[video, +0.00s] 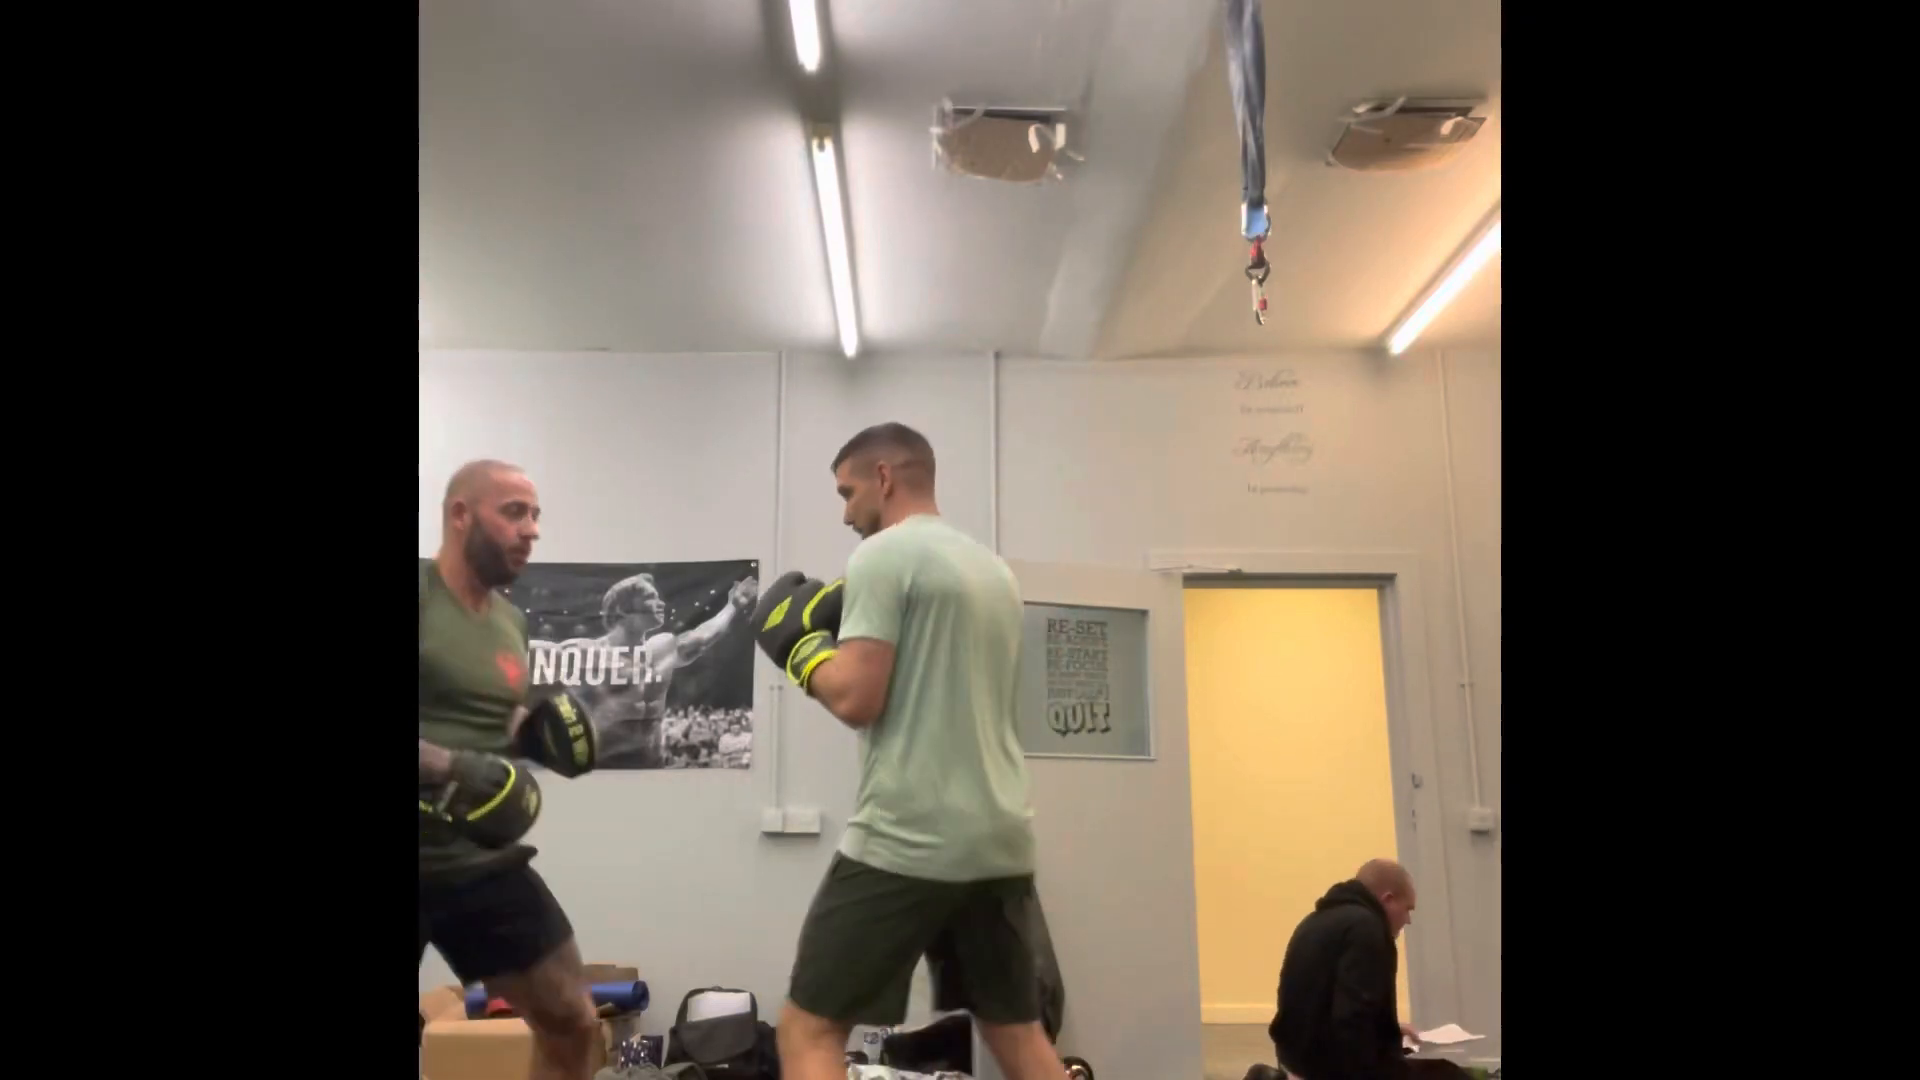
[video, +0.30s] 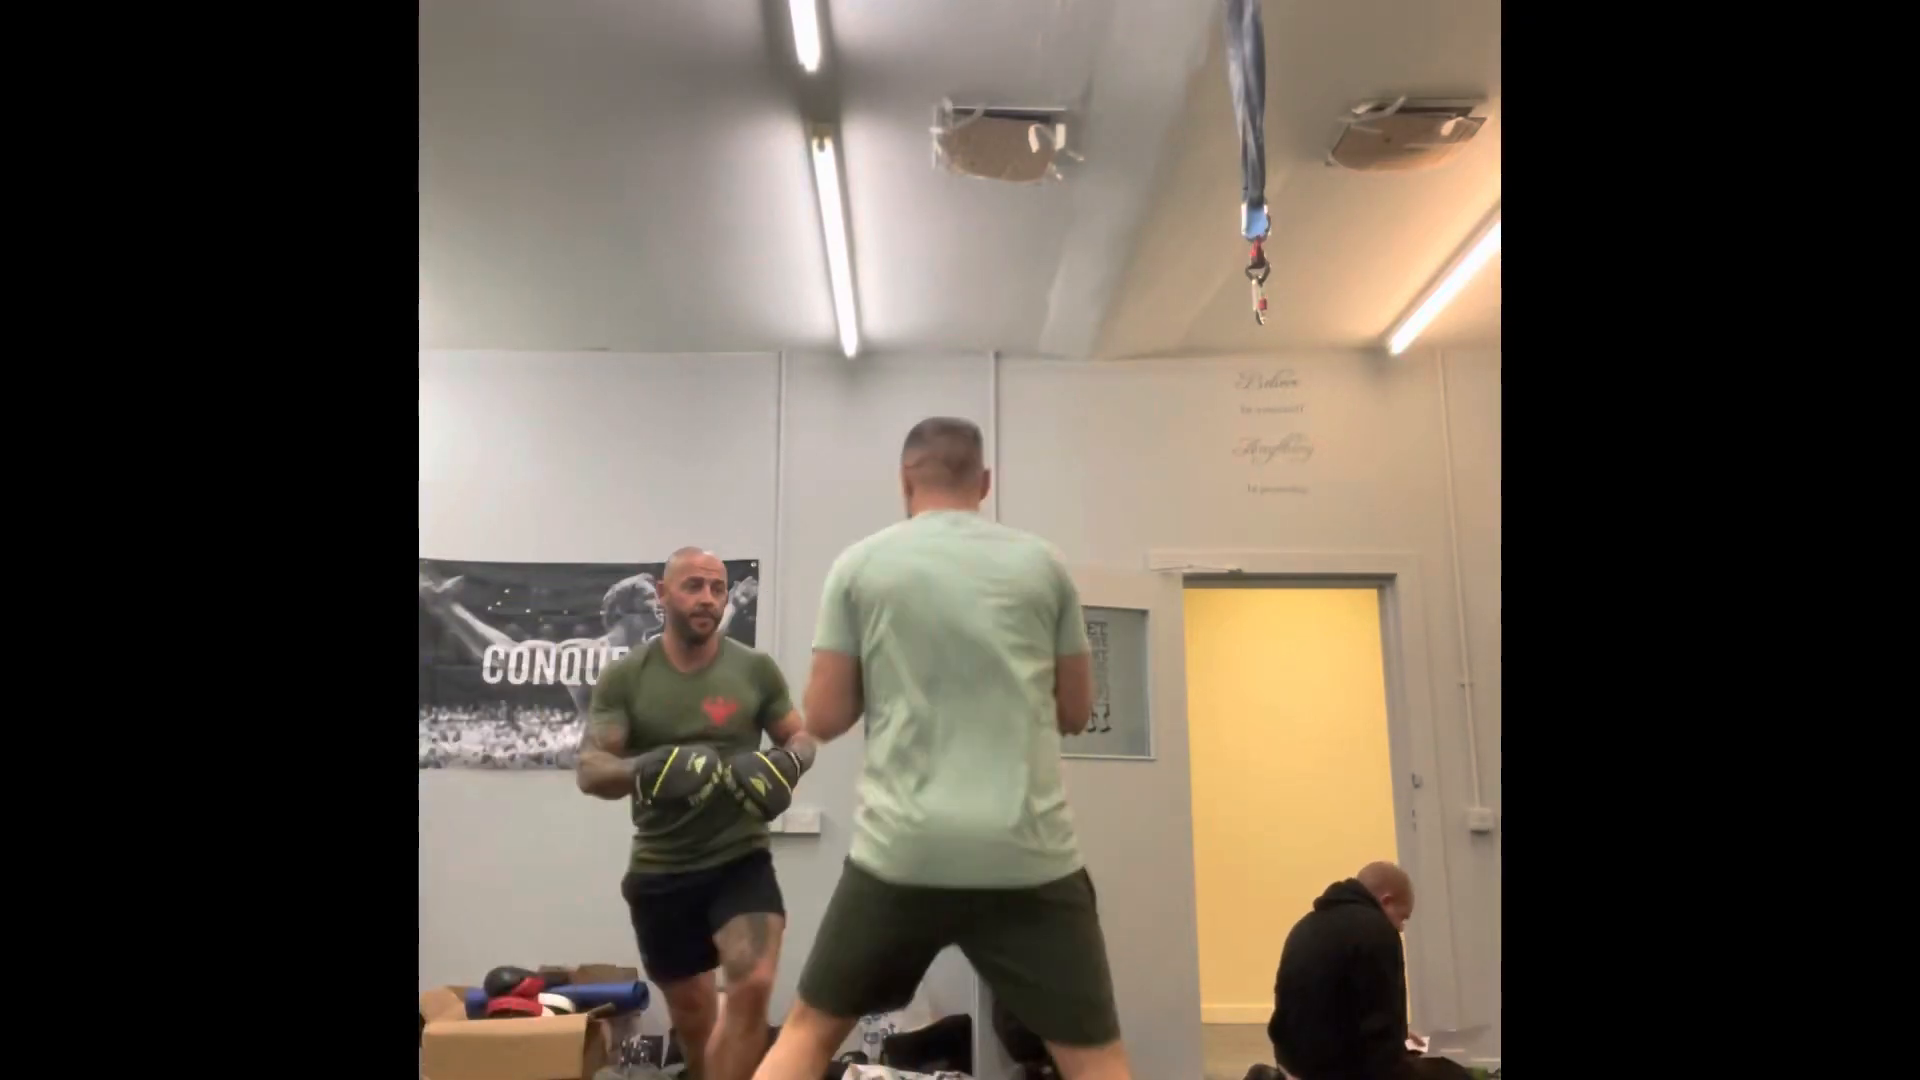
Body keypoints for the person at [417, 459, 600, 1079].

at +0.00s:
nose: (531, 530)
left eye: (534, 515)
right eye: (514, 512)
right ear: (459, 515)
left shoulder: (509, 620)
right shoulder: (424, 596)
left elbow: (495, 726)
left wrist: (537, 733)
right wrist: (454, 768)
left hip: (476, 858)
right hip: (423, 857)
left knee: (572, 1023)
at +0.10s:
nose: (612, 549)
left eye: (620, 538)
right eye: (595, 534)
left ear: (626, 549)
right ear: (553, 540)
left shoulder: (634, 640)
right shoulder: (485, 629)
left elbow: (659, 734)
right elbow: (434, 738)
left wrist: (656, 737)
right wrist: (520, 798)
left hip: (594, 852)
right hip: (487, 847)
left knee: (624, 1028)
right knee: (421, 1018)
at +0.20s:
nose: (680, 550)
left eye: (689, 539)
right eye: (665, 536)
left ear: (696, 550)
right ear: (629, 542)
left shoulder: (717, 631)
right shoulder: (572, 619)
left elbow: (765, 703)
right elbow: (529, 716)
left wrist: (758, 745)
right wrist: (609, 751)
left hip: (669, 845)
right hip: (576, 839)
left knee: (658, 1010)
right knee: (537, 1004)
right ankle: (589, 1074)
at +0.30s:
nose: (707, 598)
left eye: (718, 588)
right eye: (692, 586)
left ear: (728, 599)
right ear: (662, 596)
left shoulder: (755, 670)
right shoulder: (623, 677)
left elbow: (801, 739)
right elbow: (590, 774)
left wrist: (784, 766)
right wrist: (651, 769)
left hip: (740, 859)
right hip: (661, 872)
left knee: (754, 979)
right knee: (692, 1020)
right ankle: (711, 1076)